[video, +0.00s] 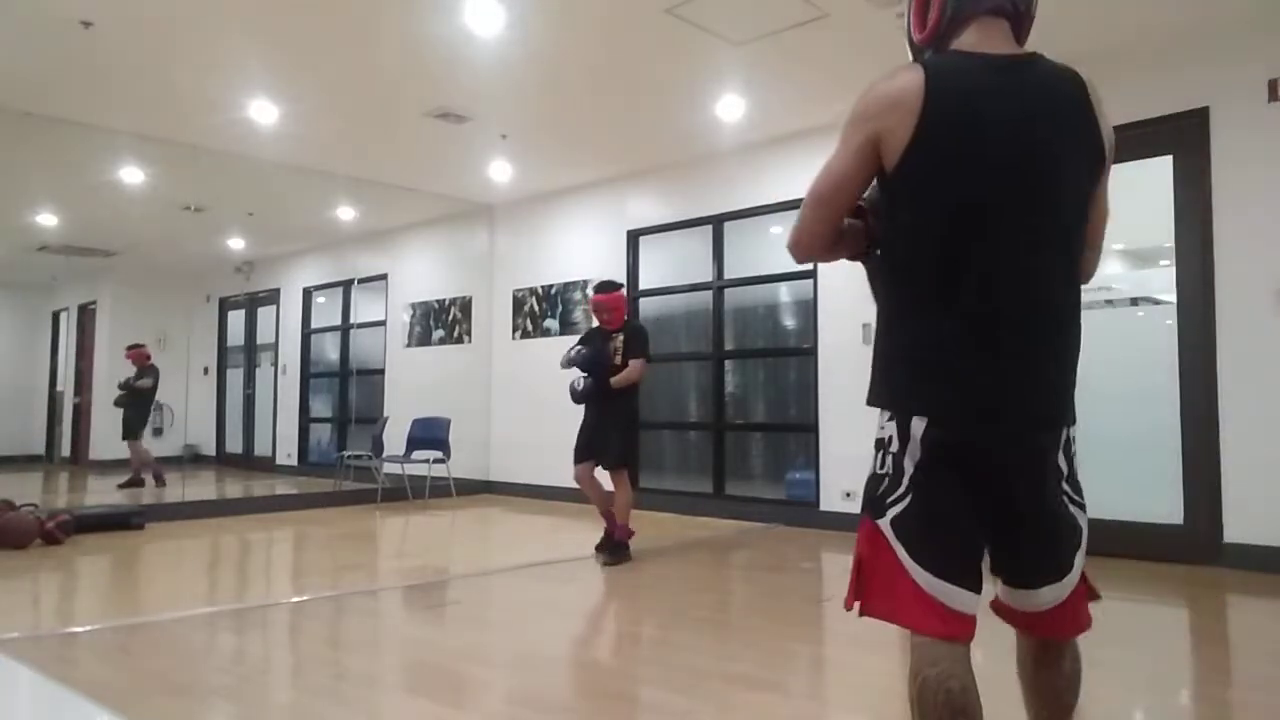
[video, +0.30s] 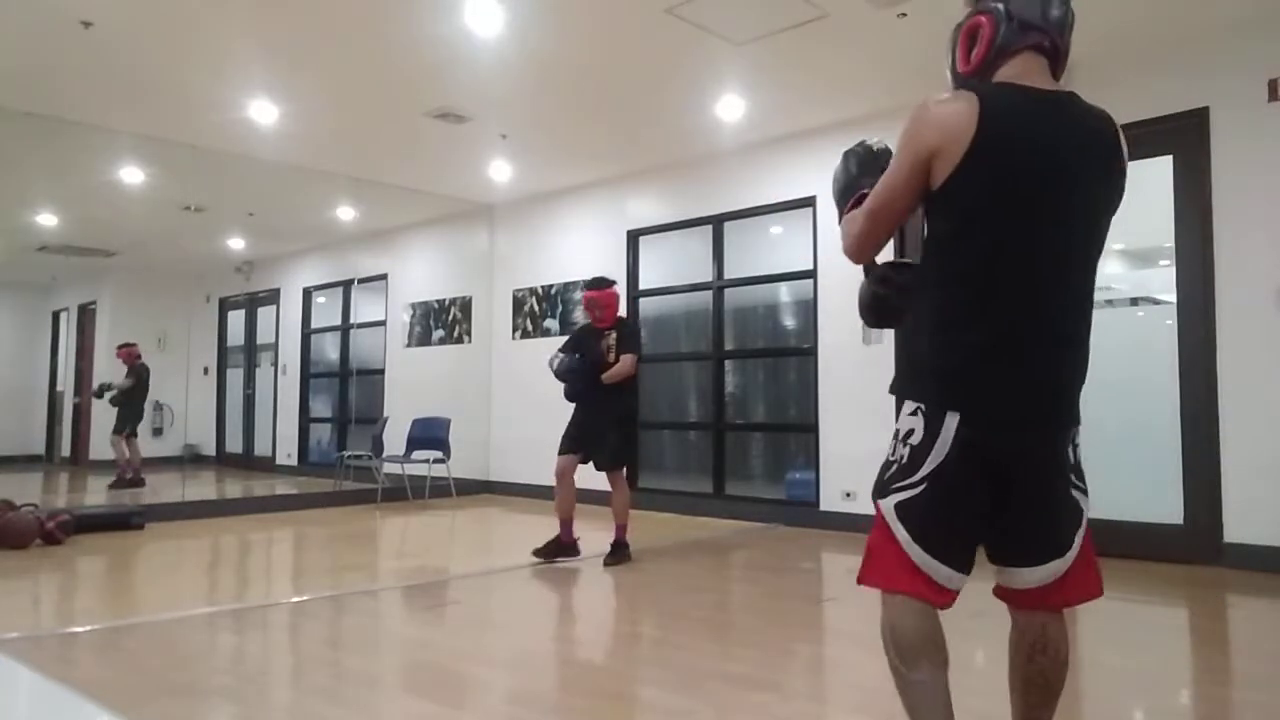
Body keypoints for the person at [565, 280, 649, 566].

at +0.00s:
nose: (603, 317)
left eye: (608, 311)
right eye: (598, 311)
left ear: (621, 307)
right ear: (594, 310)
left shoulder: (634, 332)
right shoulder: (593, 334)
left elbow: (635, 372)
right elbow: (570, 359)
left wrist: (602, 385)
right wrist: (575, 357)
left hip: (621, 413)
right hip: (595, 412)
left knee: (620, 476)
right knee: (582, 473)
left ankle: (621, 540)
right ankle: (614, 526)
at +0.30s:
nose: (594, 312)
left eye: (599, 306)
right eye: (590, 306)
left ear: (613, 303)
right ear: (585, 305)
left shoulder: (627, 329)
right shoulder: (583, 332)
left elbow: (627, 366)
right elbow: (556, 359)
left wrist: (593, 381)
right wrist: (566, 369)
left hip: (616, 412)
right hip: (585, 411)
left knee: (616, 476)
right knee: (563, 470)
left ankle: (620, 543)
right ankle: (566, 539)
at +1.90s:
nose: (575, 300)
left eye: (582, 292)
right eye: (568, 292)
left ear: (591, 292)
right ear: (555, 290)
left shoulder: (600, 322)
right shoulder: (540, 320)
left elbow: (614, 351)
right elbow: (508, 344)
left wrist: (579, 347)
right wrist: (533, 357)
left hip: (584, 414)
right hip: (547, 411)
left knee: (577, 485)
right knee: (532, 480)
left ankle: (573, 558)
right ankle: (520, 561)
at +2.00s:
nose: (572, 298)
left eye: (579, 291)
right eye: (565, 290)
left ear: (589, 291)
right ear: (552, 290)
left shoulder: (598, 322)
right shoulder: (537, 321)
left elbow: (610, 353)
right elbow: (509, 351)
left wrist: (578, 345)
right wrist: (528, 356)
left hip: (582, 416)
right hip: (545, 413)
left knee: (576, 487)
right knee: (534, 482)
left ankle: (573, 558)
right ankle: (519, 562)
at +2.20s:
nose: (559, 292)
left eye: (566, 285)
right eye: (552, 286)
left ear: (578, 288)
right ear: (542, 288)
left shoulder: (587, 321)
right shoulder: (527, 323)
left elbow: (598, 358)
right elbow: (509, 367)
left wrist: (575, 337)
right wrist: (534, 362)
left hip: (575, 415)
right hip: (537, 414)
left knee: (571, 487)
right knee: (532, 484)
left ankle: (573, 556)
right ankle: (526, 570)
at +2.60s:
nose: (543, 279)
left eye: (550, 271)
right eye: (534, 272)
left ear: (560, 274)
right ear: (522, 275)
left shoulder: (569, 310)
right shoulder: (506, 311)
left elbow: (602, 333)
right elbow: (468, 328)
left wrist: (638, 344)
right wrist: (438, 332)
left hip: (562, 411)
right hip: (521, 412)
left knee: (571, 486)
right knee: (523, 488)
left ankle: (567, 556)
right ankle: (525, 571)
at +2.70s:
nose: (546, 271)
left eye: (553, 265)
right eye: (538, 264)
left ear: (563, 270)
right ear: (524, 269)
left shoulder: (572, 309)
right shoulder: (504, 307)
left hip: (561, 413)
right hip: (519, 414)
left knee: (569, 489)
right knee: (523, 492)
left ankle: (578, 573)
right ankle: (525, 572)